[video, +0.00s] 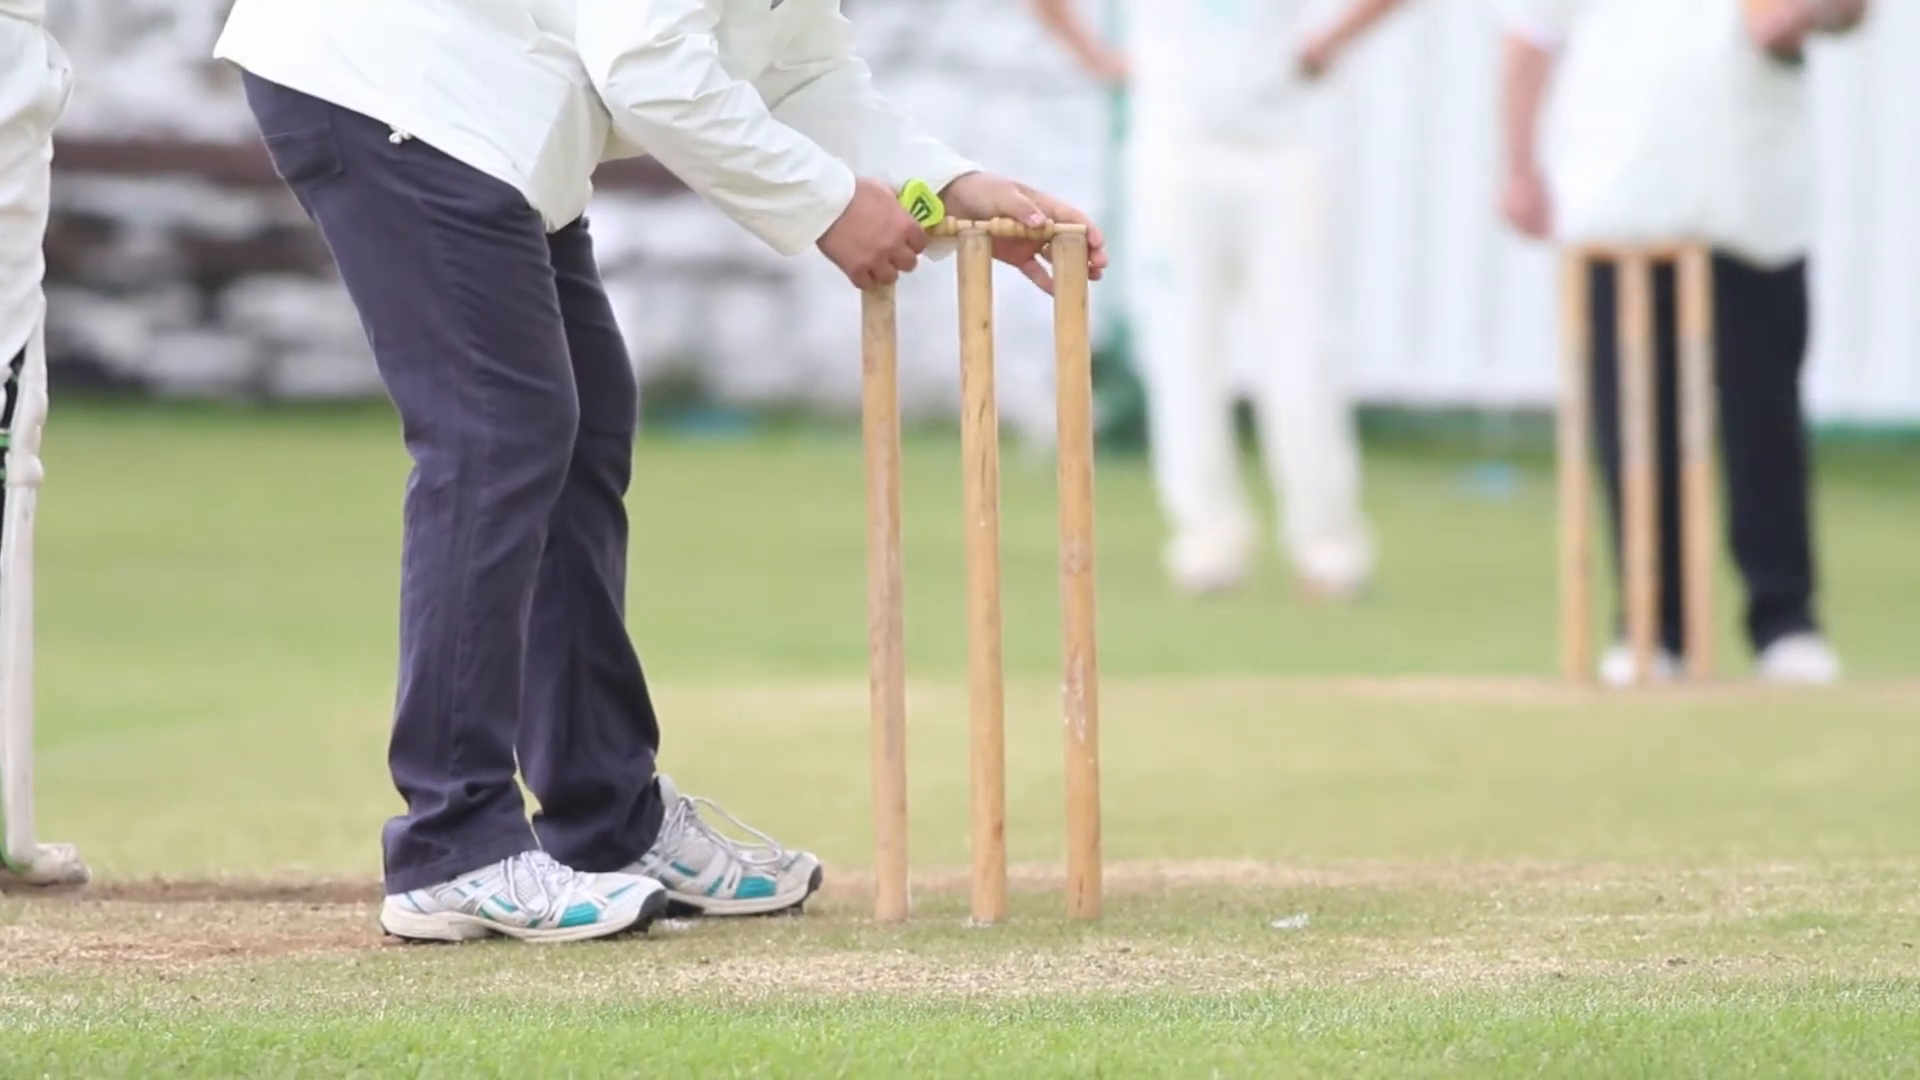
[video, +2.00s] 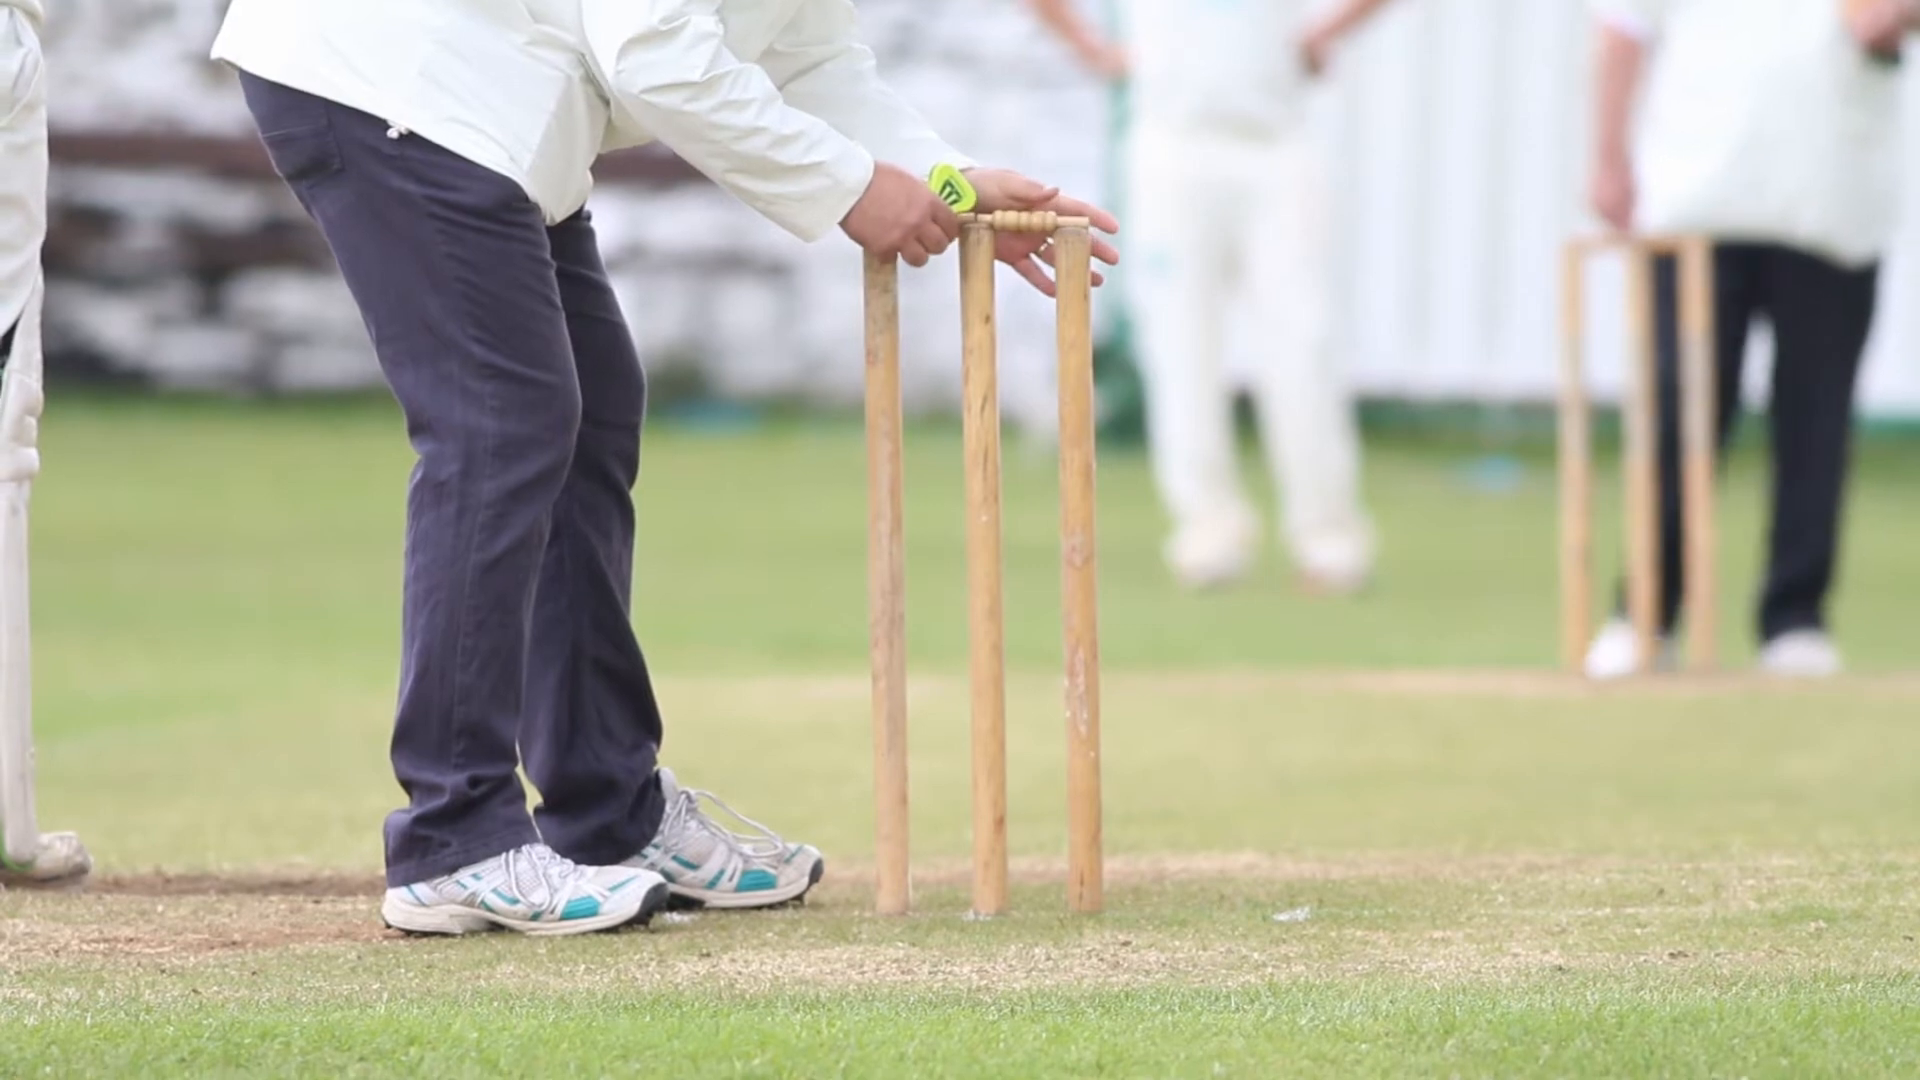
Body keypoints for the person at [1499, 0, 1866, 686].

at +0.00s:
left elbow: (1855, 10)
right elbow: (1530, 27)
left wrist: (1805, 13)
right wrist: (1521, 165)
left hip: (1754, 197)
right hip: (1616, 198)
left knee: (1763, 426)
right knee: (1632, 437)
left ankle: (1785, 628)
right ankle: (1651, 635)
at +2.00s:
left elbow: (1879, 24)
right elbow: (1624, 24)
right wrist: (1612, 160)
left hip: (1836, 199)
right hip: (1696, 193)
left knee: (1812, 434)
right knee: (1678, 426)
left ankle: (1796, 624)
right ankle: (1642, 618)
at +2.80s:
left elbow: (1846, 6)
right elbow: (1520, 22)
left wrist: (1794, 10)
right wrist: (1502, 159)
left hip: (1743, 191)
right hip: (1601, 189)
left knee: (1755, 419)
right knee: (1615, 425)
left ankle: (1787, 620)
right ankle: (1614, 624)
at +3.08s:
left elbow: (1842, 7)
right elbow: (1498, 6)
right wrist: (1472, 67)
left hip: (1736, 188)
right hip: (1597, 189)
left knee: (1757, 420)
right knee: (1614, 425)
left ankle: (1786, 621)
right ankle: (1615, 624)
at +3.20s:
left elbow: (1819, 12)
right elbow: (1517, 12)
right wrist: (1473, 6)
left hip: (1738, 201)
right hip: (1597, 200)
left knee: (1758, 428)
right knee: (1615, 428)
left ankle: (1786, 619)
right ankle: (1616, 623)